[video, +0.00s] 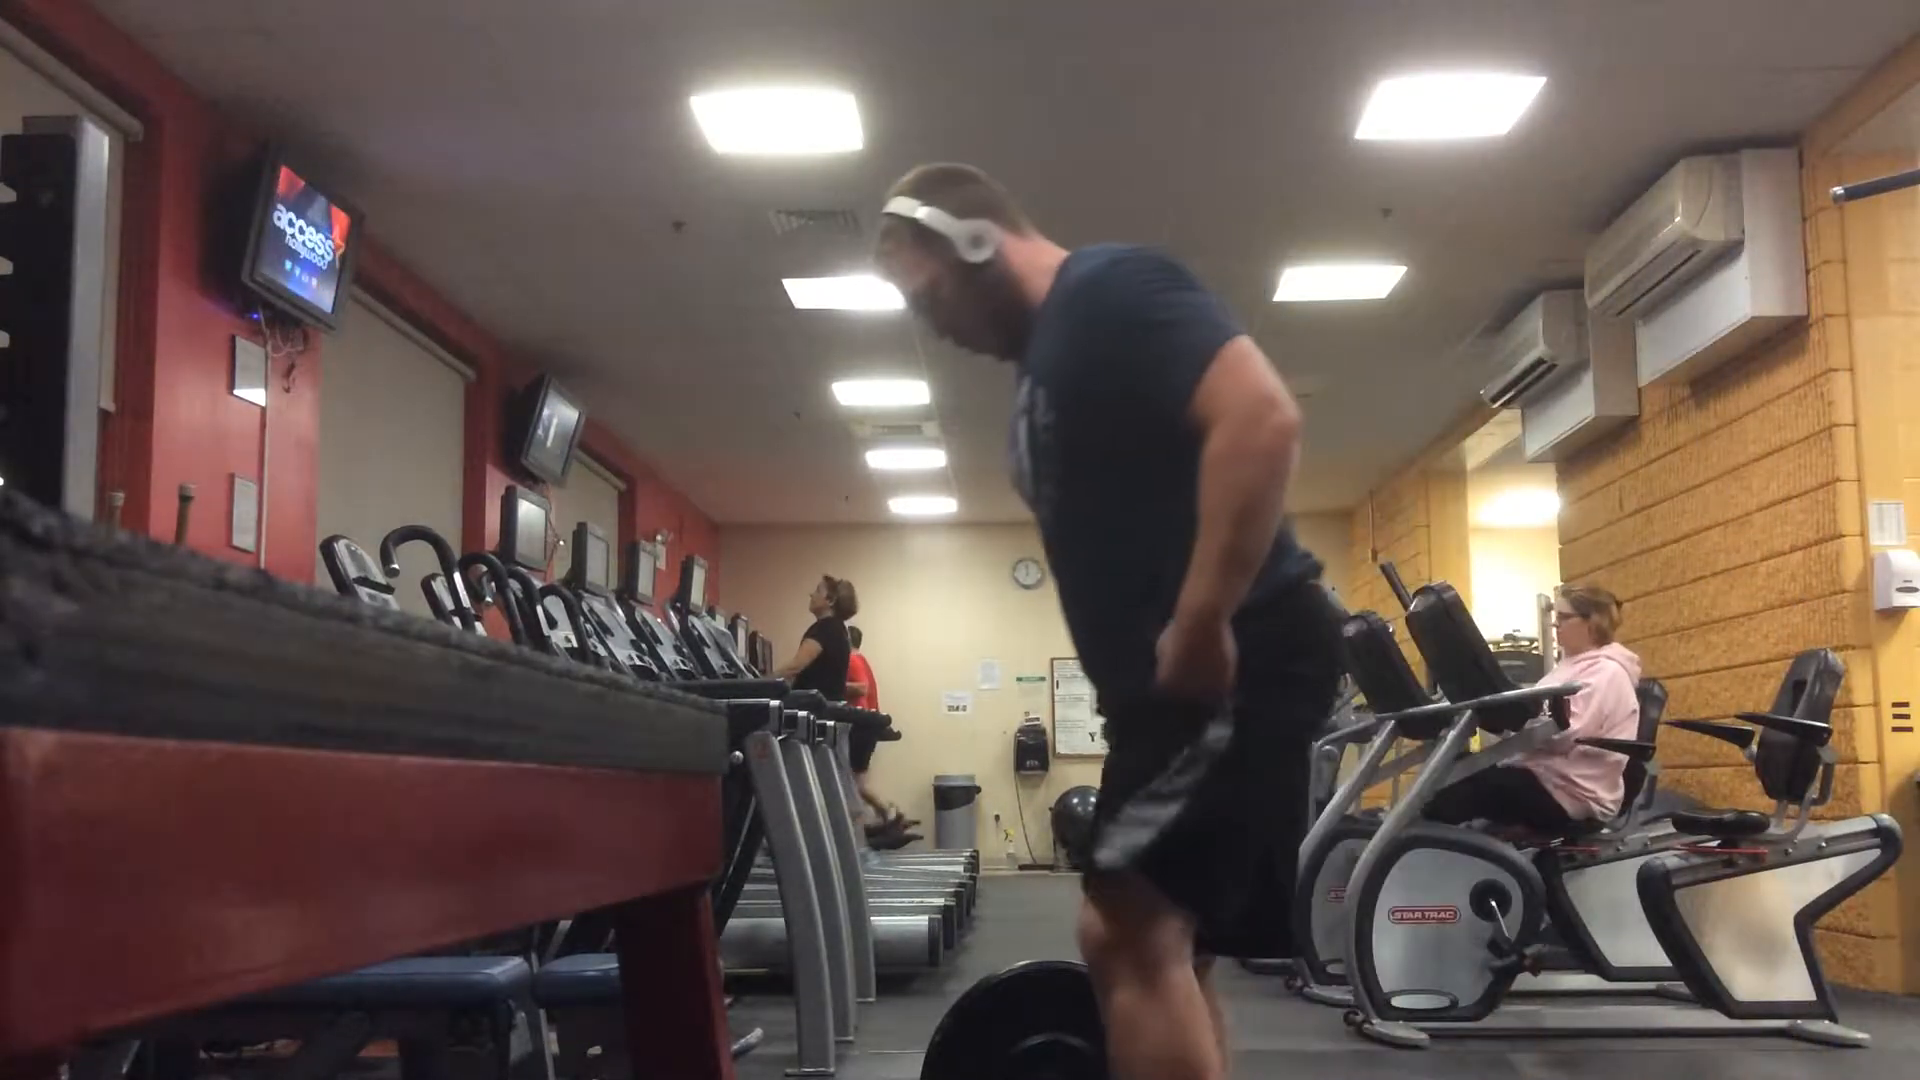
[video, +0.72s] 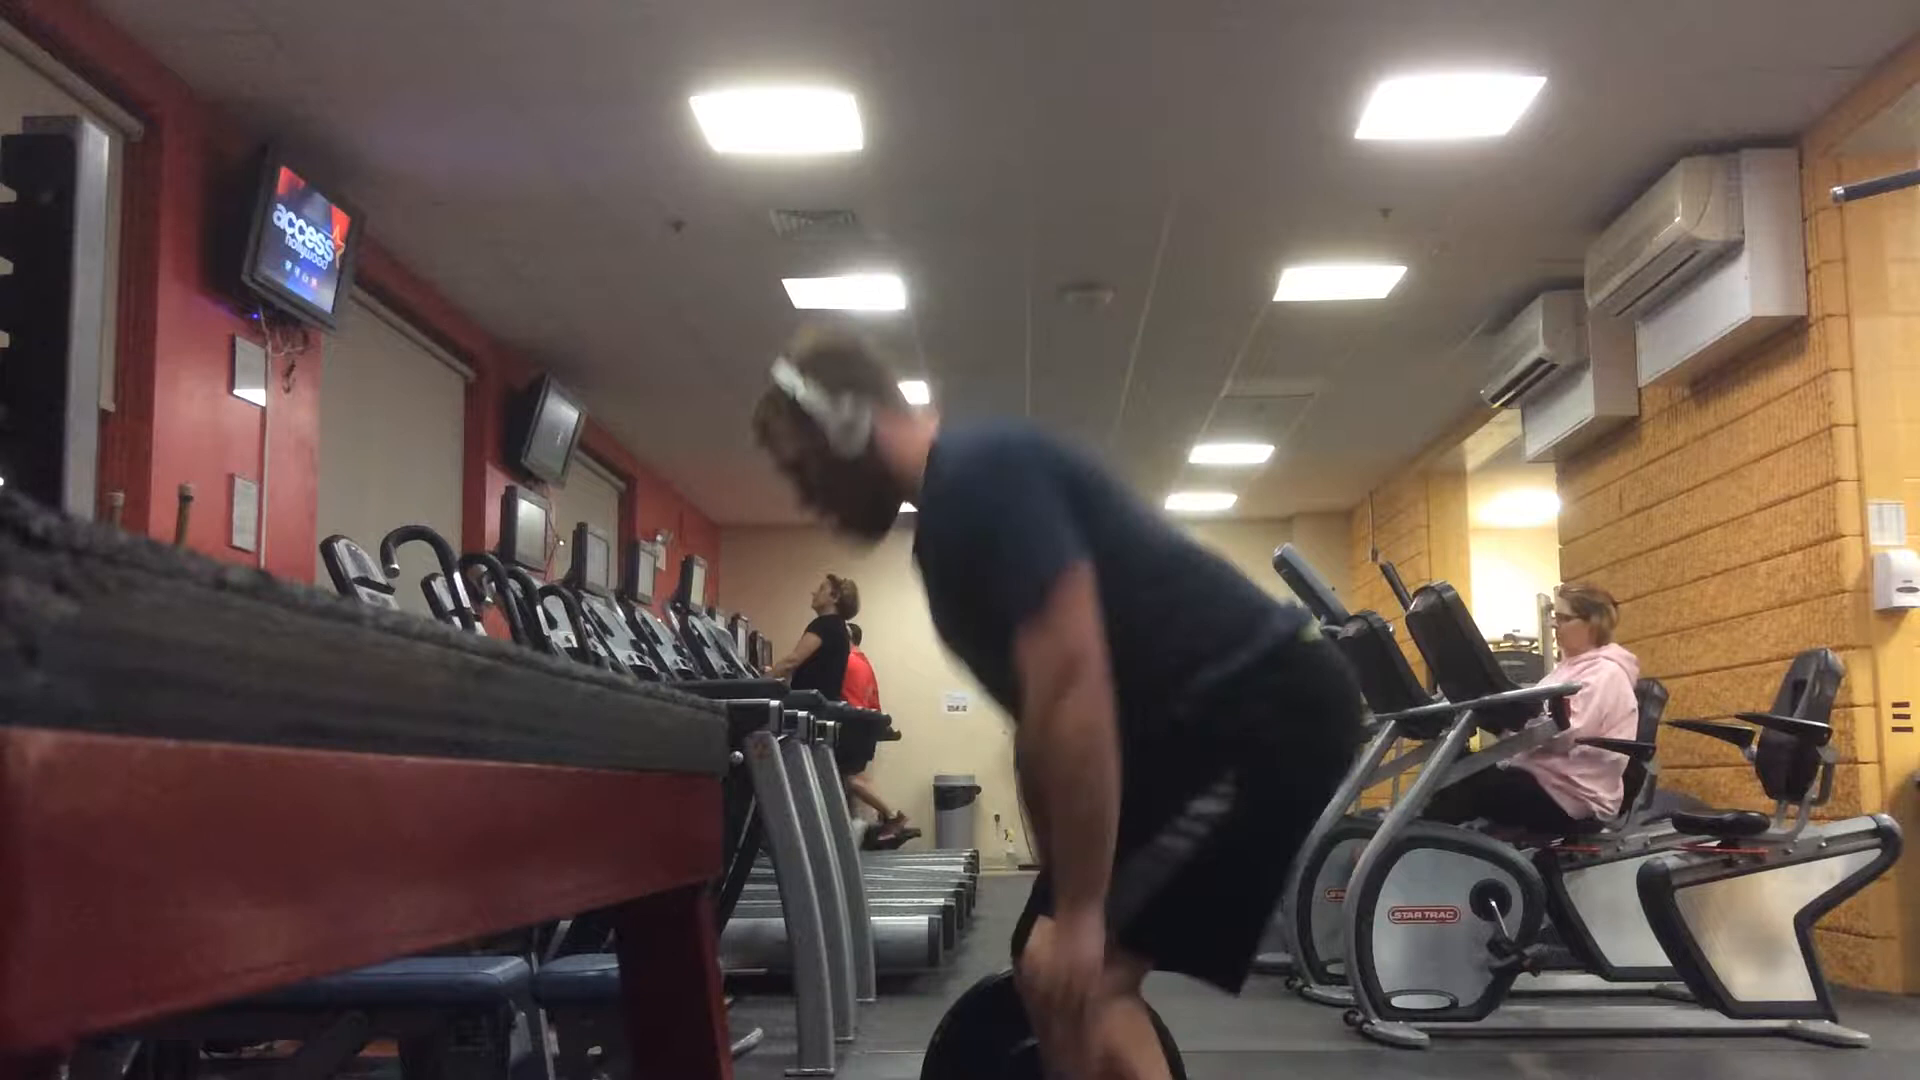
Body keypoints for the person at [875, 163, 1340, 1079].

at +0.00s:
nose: (930, 329)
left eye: (928, 298)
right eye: (917, 310)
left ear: (976, 247)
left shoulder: (1108, 285)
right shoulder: (1039, 390)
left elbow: (1258, 417)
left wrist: (1203, 616)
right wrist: (1125, 667)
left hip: (1239, 657)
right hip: (1163, 679)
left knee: (1126, 932)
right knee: (1160, 947)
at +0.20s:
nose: (890, 337)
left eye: (883, 307)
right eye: (874, 318)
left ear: (931, 256)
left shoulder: (1070, 302)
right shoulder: (1009, 384)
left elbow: (1187, 471)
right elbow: (1096, 545)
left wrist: (1117, 689)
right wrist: (1104, 700)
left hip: (1228, 648)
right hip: (1160, 671)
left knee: (1123, 947)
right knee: (1063, 940)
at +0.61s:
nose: (838, 430)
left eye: (825, 401)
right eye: (820, 413)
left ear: (853, 352)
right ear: (877, 323)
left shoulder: (1006, 376)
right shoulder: (966, 452)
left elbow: (1109, 555)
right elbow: (1058, 663)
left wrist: (1087, 786)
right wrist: (1072, 796)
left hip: (1235, 666)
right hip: (1172, 688)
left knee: (1081, 952)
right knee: (1078, 952)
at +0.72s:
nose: (802, 496)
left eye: (797, 464)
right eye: (789, 474)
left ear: (844, 423)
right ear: (852, 419)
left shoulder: (980, 472)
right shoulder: (949, 517)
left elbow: (1071, 684)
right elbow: (1041, 711)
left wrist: (1078, 914)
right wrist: (1064, 897)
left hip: (1265, 704)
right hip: (1197, 723)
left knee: (1088, 974)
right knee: (1051, 955)